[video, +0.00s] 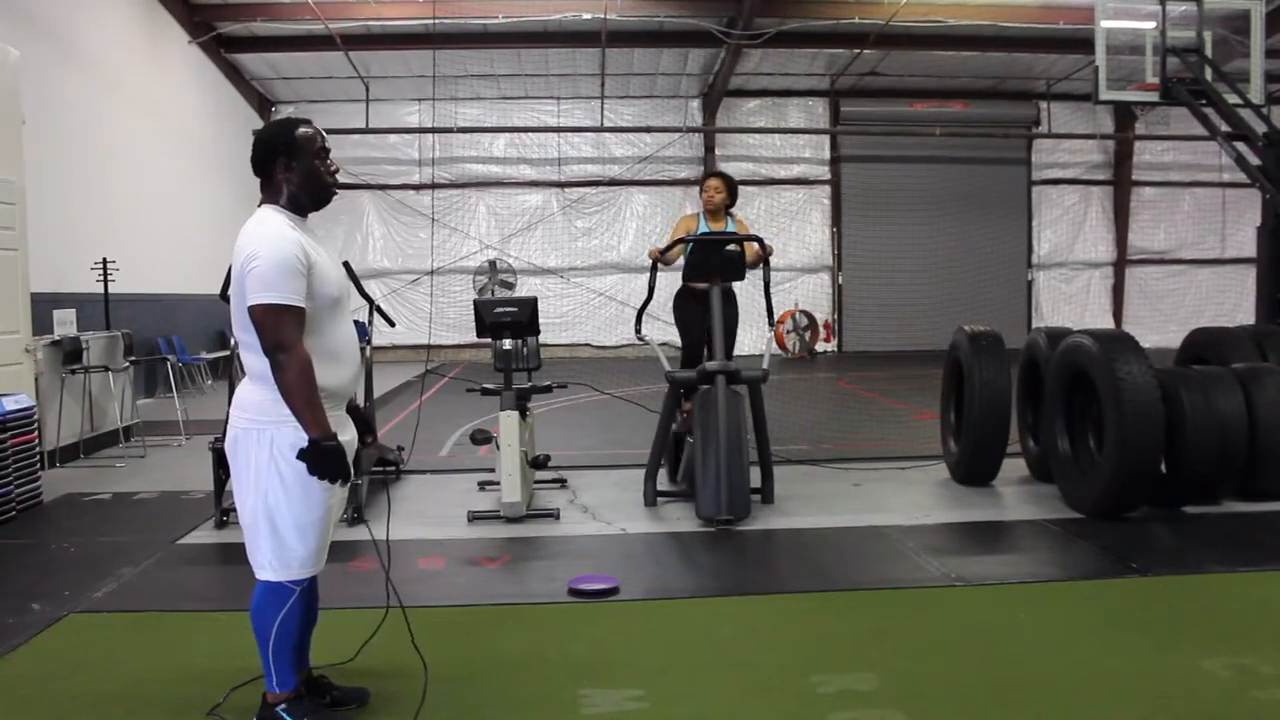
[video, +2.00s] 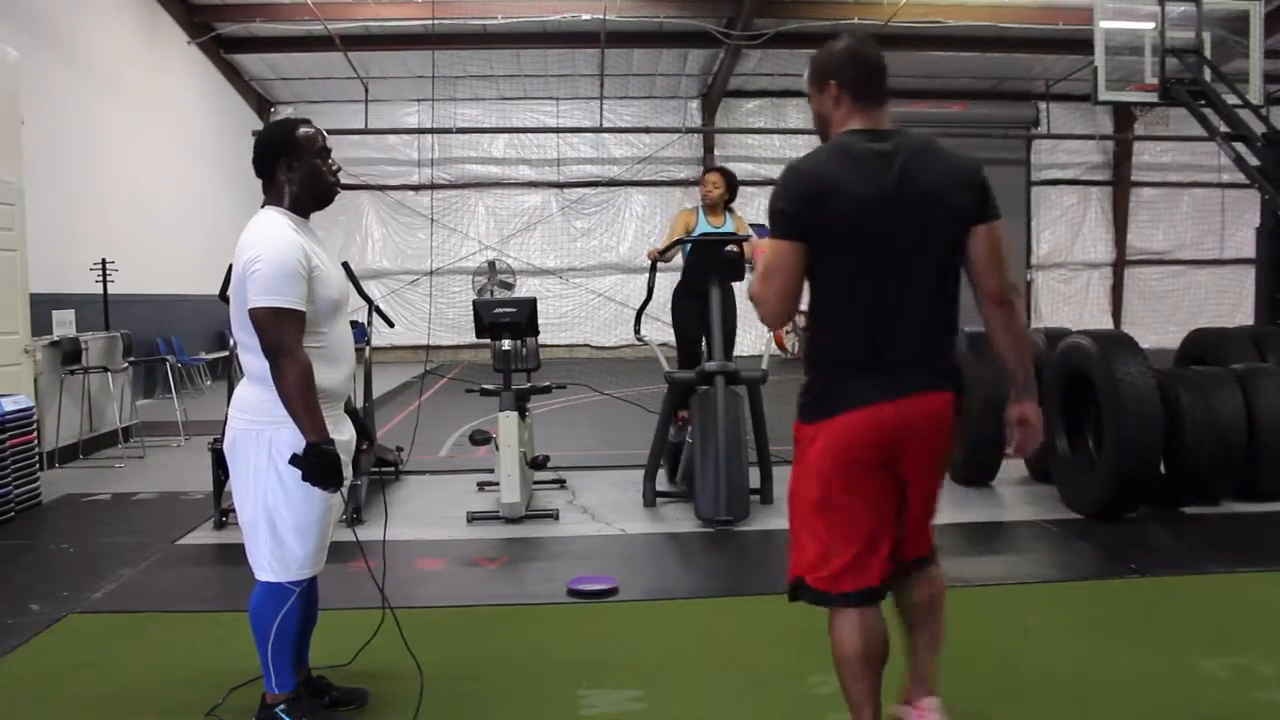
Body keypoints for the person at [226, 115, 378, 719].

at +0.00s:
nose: (335, 166)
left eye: (330, 155)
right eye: (321, 156)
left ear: (291, 171)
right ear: (286, 169)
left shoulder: (297, 237)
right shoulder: (272, 239)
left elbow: (318, 339)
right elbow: (281, 349)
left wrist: (352, 408)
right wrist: (320, 435)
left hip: (303, 428)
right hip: (278, 432)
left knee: (301, 565)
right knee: (284, 570)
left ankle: (298, 679)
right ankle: (280, 698)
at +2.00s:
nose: (336, 165)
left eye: (331, 154)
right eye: (323, 156)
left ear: (292, 171)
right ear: (288, 169)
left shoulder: (296, 238)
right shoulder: (274, 242)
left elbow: (312, 345)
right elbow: (283, 353)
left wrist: (350, 411)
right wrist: (318, 441)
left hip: (301, 429)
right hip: (278, 432)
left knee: (301, 566)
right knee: (284, 572)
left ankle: (297, 680)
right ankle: (281, 698)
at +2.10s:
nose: (335, 166)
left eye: (331, 155)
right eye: (322, 156)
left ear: (292, 171)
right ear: (288, 169)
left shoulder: (296, 238)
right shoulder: (273, 241)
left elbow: (313, 343)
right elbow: (282, 352)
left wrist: (351, 410)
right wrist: (318, 439)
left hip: (301, 429)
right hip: (278, 433)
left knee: (301, 566)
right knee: (284, 572)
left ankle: (297, 680)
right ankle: (281, 697)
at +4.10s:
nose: (339, 169)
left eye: (335, 158)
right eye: (326, 159)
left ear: (295, 171)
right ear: (291, 170)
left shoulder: (298, 236)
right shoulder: (276, 238)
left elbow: (314, 342)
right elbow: (287, 347)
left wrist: (353, 409)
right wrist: (323, 435)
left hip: (299, 429)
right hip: (275, 432)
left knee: (299, 566)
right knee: (282, 571)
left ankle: (296, 680)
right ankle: (280, 698)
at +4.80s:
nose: (343, 170)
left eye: (339, 158)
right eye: (330, 159)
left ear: (296, 171)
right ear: (295, 169)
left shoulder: (299, 240)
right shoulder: (277, 243)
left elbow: (317, 345)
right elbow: (285, 353)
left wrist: (353, 412)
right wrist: (321, 442)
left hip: (302, 429)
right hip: (278, 433)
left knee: (301, 566)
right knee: (284, 571)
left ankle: (296, 681)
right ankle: (280, 699)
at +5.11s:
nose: (344, 171)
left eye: (341, 161)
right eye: (333, 161)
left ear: (300, 172)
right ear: (297, 170)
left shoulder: (303, 239)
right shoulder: (281, 241)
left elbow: (328, 339)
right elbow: (289, 345)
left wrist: (378, 385)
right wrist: (359, 412)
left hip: (310, 425)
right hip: (282, 432)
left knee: (302, 564)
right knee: (282, 569)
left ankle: (298, 680)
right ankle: (279, 698)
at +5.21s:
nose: (346, 172)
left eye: (343, 161)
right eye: (334, 162)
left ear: (302, 173)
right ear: (296, 172)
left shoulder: (304, 237)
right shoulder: (280, 240)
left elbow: (334, 334)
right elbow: (294, 341)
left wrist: (392, 377)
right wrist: (365, 411)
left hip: (311, 424)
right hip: (283, 431)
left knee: (302, 565)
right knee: (284, 570)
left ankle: (299, 682)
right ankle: (279, 699)